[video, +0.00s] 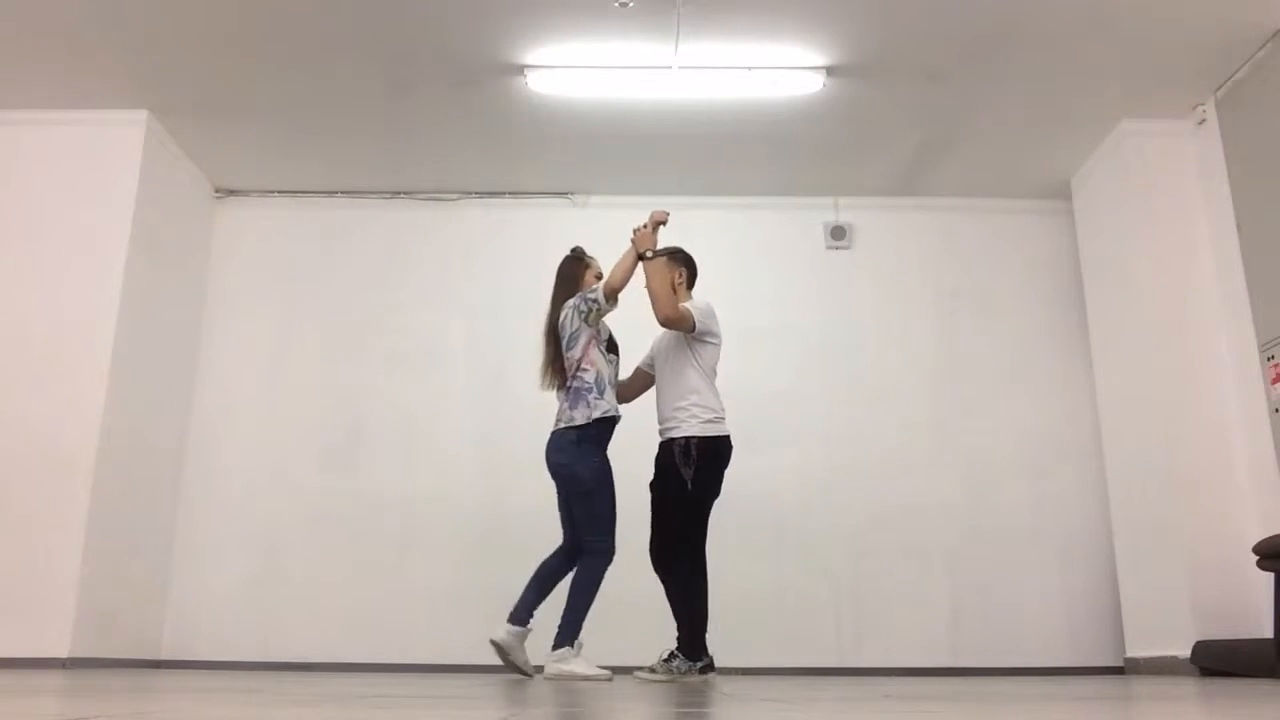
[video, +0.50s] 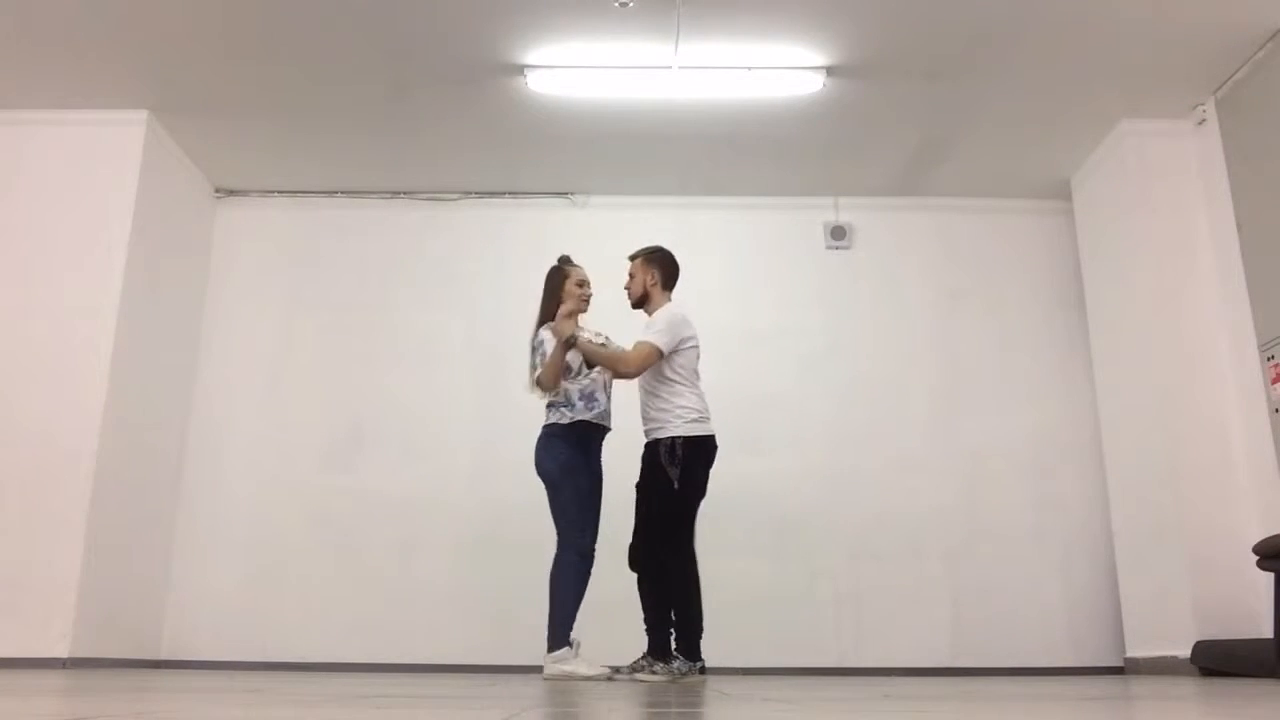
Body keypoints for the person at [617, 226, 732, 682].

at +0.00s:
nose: (652, 281)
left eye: (660, 272)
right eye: (651, 274)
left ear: (682, 276)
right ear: (666, 280)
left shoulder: (703, 314)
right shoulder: (665, 339)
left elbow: (666, 313)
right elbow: (625, 391)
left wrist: (649, 256)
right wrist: (579, 379)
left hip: (700, 443)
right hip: (675, 445)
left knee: (683, 548)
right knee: (664, 550)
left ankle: (692, 653)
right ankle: (692, 649)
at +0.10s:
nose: (646, 282)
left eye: (652, 272)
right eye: (644, 275)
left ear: (678, 274)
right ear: (671, 280)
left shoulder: (702, 312)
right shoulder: (666, 339)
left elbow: (664, 320)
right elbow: (625, 392)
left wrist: (636, 265)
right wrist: (580, 372)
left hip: (698, 443)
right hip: (674, 445)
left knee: (679, 550)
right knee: (669, 552)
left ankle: (692, 654)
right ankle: (693, 651)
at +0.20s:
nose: (644, 283)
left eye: (650, 274)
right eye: (643, 276)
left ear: (675, 276)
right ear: (669, 280)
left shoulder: (697, 312)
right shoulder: (664, 334)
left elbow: (659, 329)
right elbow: (629, 388)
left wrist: (626, 276)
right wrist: (582, 371)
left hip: (698, 442)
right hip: (673, 444)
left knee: (683, 547)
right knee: (653, 550)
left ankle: (691, 653)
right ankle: (693, 646)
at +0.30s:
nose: (638, 282)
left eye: (644, 274)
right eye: (639, 275)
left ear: (669, 276)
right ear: (666, 278)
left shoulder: (690, 314)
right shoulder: (664, 331)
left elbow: (652, 338)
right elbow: (628, 382)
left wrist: (607, 291)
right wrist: (577, 369)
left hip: (696, 443)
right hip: (672, 444)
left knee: (681, 547)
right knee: (647, 548)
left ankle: (688, 655)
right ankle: (677, 646)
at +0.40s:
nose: (632, 283)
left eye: (638, 275)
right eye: (634, 276)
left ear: (661, 276)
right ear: (660, 277)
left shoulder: (681, 315)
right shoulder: (660, 327)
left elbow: (643, 349)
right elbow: (626, 375)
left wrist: (593, 316)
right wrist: (582, 362)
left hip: (691, 443)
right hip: (668, 444)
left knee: (685, 551)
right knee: (647, 552)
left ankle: (689, 657)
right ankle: (661, 653)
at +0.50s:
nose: (625, 283)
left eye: (630, 274)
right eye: (627, 275)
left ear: (652, 276)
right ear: (653, 278)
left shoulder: (671, 318)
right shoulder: (659, 322)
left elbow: (629, 365)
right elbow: (628, 365)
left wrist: (577, 340)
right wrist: (596, 347)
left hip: (681, 444)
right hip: (668, 444)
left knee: (665, 551)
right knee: (652, 551)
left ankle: (682, 657)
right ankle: (663, 654)